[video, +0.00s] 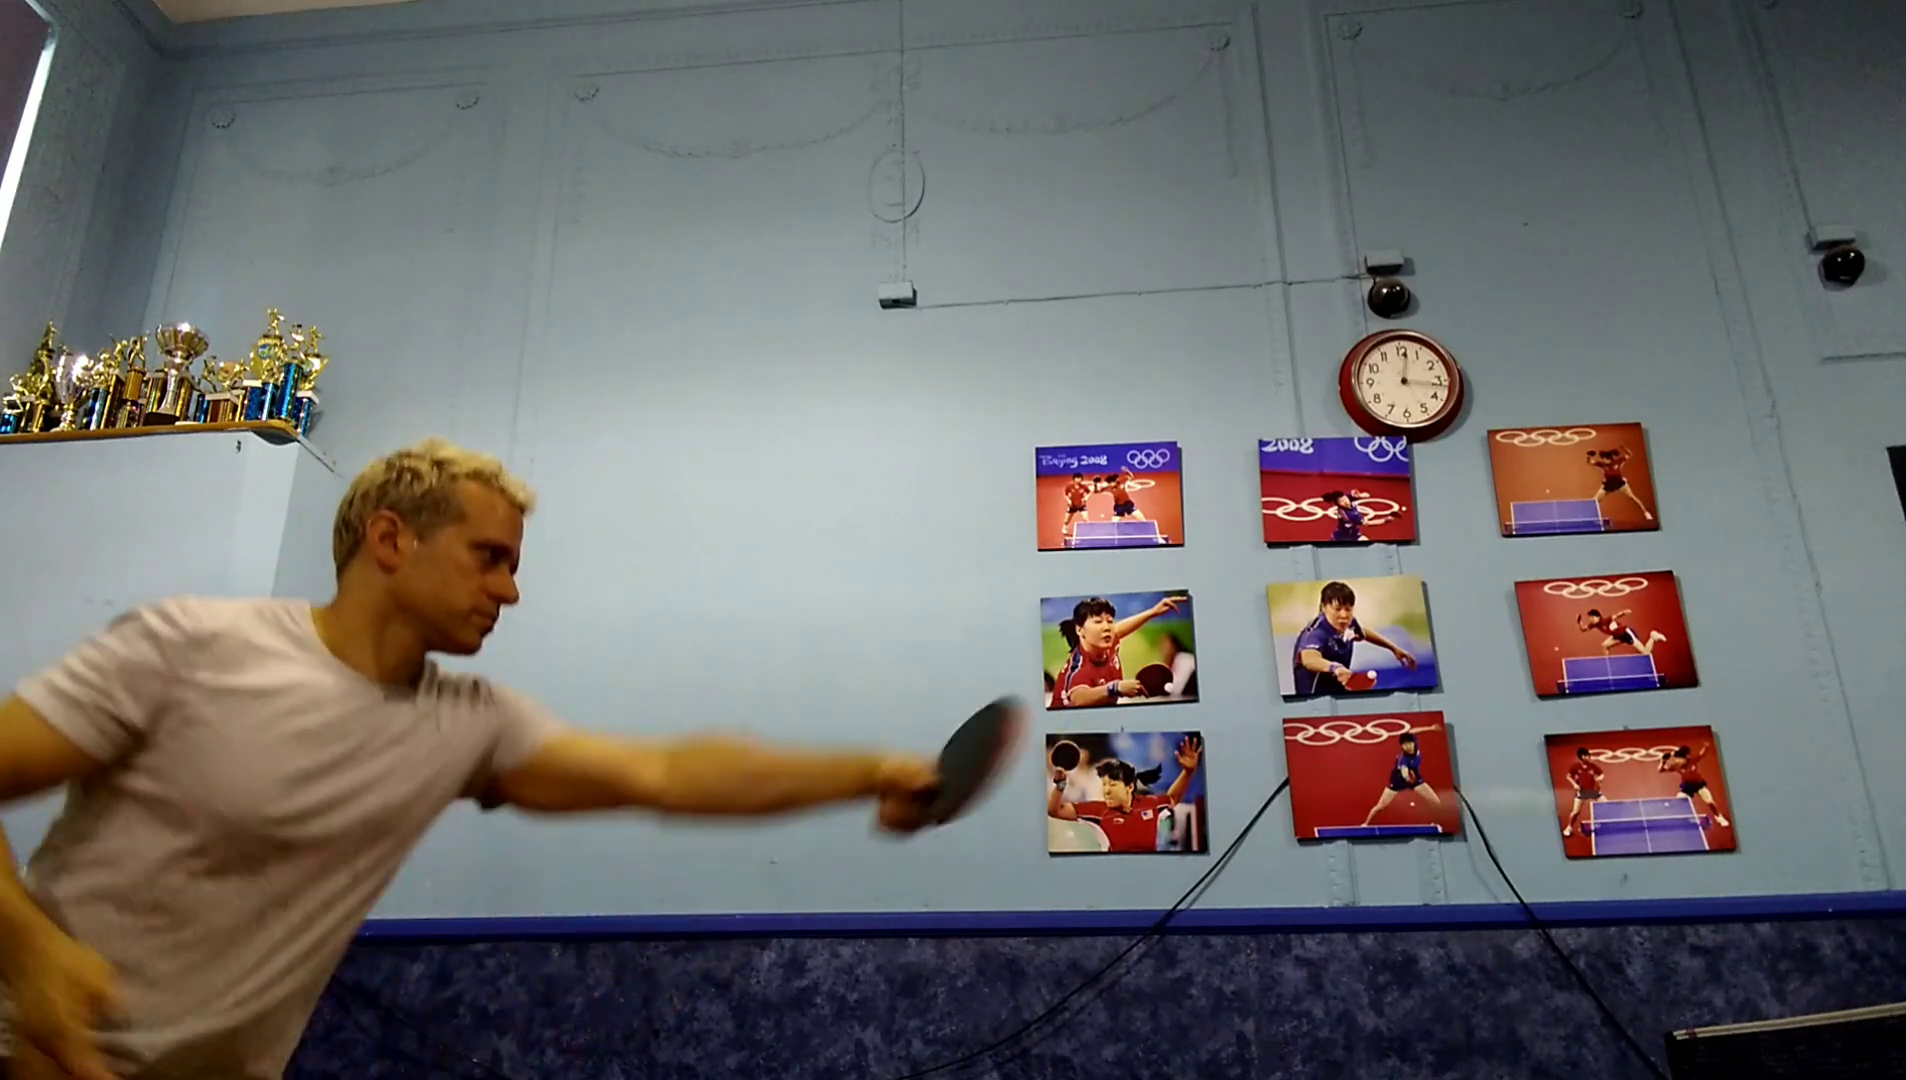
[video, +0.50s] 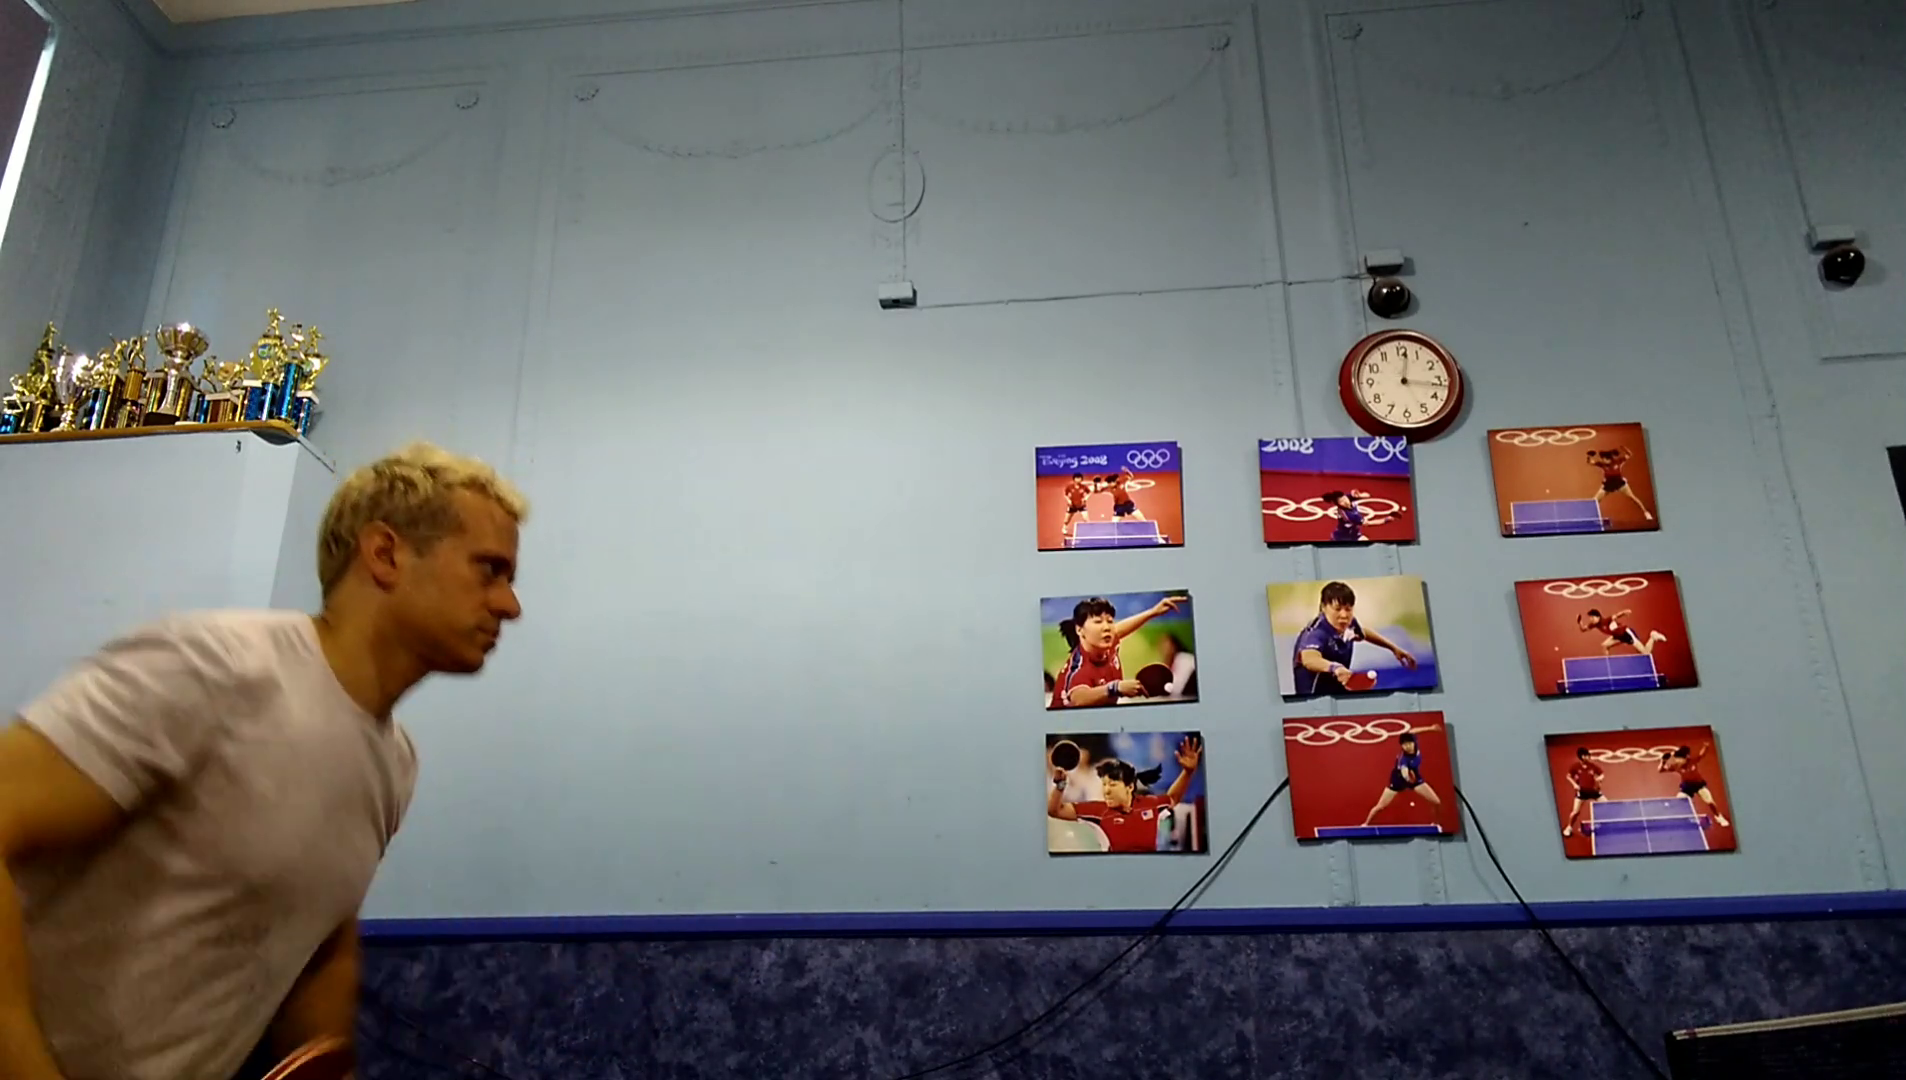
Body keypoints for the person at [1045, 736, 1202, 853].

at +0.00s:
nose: (1107, 790)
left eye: (1113, 785)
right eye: (1104, 785)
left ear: (1130, 787)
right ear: (1101, 787)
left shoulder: (1151, 804)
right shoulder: (1100, 811)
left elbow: (1172, 798)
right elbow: (1055, 811)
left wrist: (1188, 771)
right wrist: (1059, 785)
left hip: (1152, 872)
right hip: (1117, 874)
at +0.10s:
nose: (1106, 790)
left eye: (1113, 785)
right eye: (1104, 785)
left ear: (1130, 787)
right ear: (1102, 787)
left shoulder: (1151, 805)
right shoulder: (1100, 811)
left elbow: (1172, 798)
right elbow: (1055, 811)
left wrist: (1188, 771)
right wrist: (1059, 785)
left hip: (1152, 872)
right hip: (1117, 874)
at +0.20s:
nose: (1107, 790)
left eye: (1113, 785)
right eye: (1104, 785)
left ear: (1130, 787)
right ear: (1101, 786)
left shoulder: (1150, 805)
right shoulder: (1100, 811)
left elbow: (1173, 798)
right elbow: (1055, 811)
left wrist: (1188, 771)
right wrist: (1059, 785)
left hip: (1151, 873)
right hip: (1116, 874)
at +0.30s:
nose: (1107, 790)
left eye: (1113, 785)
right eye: (1104, 785)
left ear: (1130, 787)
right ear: (1101, 787)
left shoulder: (1151, 804)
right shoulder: (1100, 811)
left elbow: (1172, 798)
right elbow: (1055, 811)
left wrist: (1188, 771)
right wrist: (1059, 785)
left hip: (1151, 872)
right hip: (1116, 873)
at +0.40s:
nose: (1107, 790)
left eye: (1113, 785)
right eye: (1104, 785)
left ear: (1130, 787)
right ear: (1101, 786)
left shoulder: (1150, 805)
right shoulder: (1100, 810)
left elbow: (1173, 798)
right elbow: (1055, 811)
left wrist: (1188, 772)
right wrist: (1059, 785)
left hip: (1150, 872)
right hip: (1116, 874)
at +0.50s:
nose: (1107, 790)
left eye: (1113, 785)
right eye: (1104, 785)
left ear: (1130, 787)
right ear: (1101, 786)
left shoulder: (1151, 804)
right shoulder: (1100, 810)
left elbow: (1173, 798)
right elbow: (1055, 811)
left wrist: (1188, 772)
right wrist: (1059, 785)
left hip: (1150, 872)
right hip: (1116, 874)